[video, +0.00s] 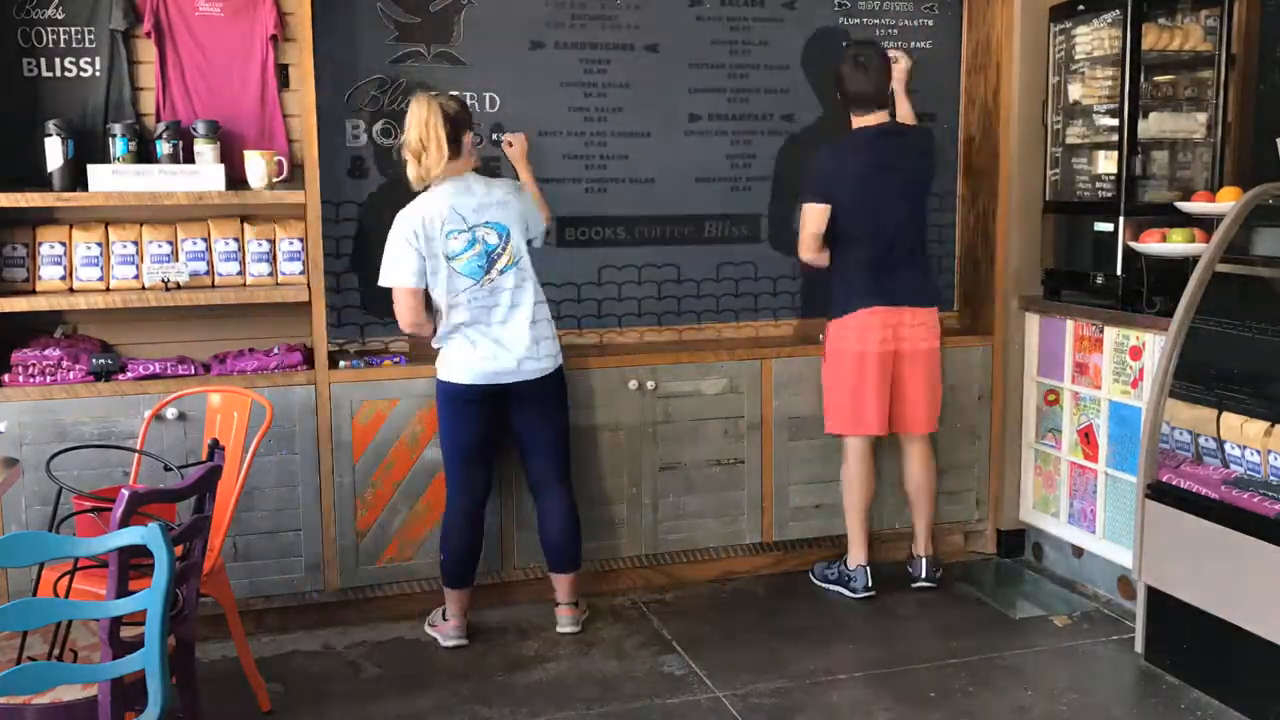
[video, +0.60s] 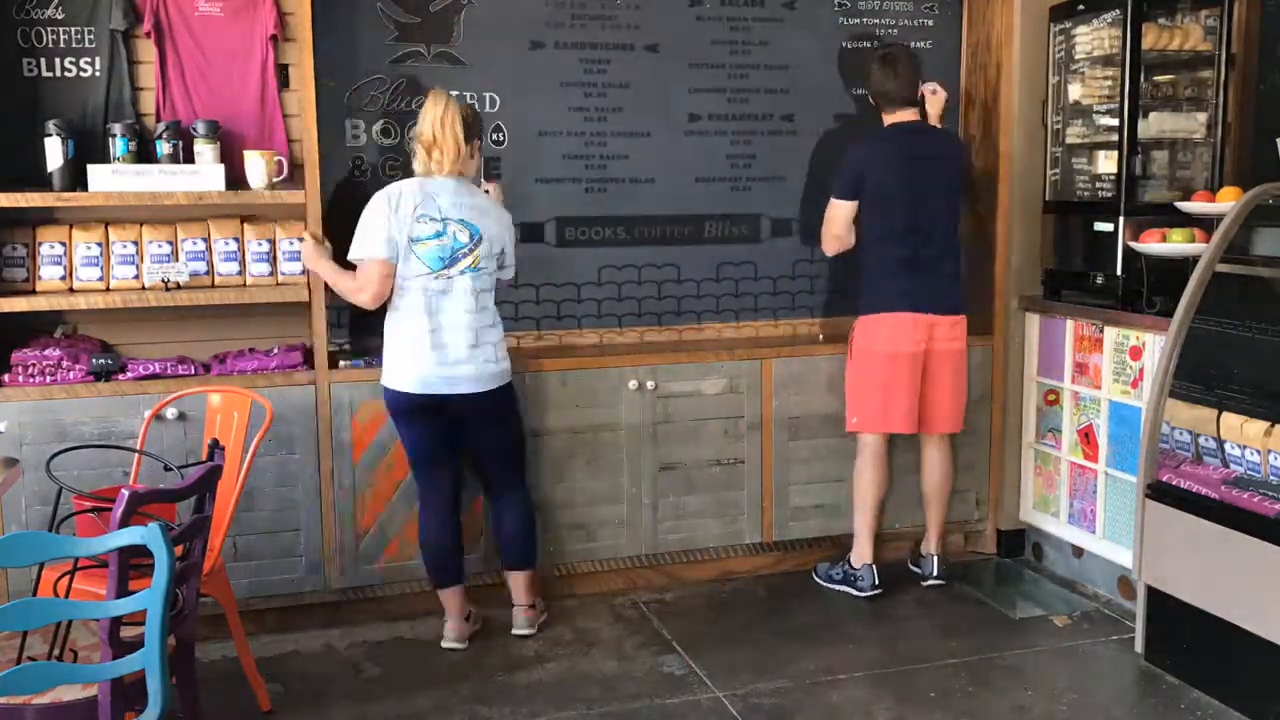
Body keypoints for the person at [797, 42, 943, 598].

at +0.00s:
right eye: (882, 90)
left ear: (841, 98)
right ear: (888, 96)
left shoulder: (831, 156)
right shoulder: (918, 149)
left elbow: (809, 250)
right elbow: (907, 130)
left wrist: (844, 260)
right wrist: (899, 88)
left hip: (858, 313)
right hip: (918, 309)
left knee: (857, 440)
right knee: (918, 435)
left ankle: (857, 565)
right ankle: (924, 558)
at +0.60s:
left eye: (876, 88)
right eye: (911, 82)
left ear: (871, 97)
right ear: (921, 93)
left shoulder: (864, 152)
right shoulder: (952, 147)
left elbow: (833, 242)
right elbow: (946, 187)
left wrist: (881, 219)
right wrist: (935, 121)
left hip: (887, 313)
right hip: (946, 312)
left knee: (872, 439)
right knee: (937, 436)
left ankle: (861, 563)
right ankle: (932, 555)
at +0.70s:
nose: (871, 94)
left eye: (869, 88)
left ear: (871, 96)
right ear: (921, 90)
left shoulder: (862, 153)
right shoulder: (946, 154)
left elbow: (825, 240)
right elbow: (936, 217)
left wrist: (874, 221)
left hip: (878, 317)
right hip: (937, 316)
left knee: (867, 441)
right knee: (925, 439)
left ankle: (857, 566)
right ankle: (920, 556)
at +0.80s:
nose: (858, 83)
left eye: (866, 70)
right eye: (859, 70)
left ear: (900, 74)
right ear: (914, 76)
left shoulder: (890, 148)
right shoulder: (955, 140)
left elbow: (876, 259)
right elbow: (940, 238)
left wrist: (828, 262)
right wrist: (859, 241)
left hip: (915, 341)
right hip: (954, 334)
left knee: (918, 479)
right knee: (927, 476)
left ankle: (928, 617)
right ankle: (929, 604)